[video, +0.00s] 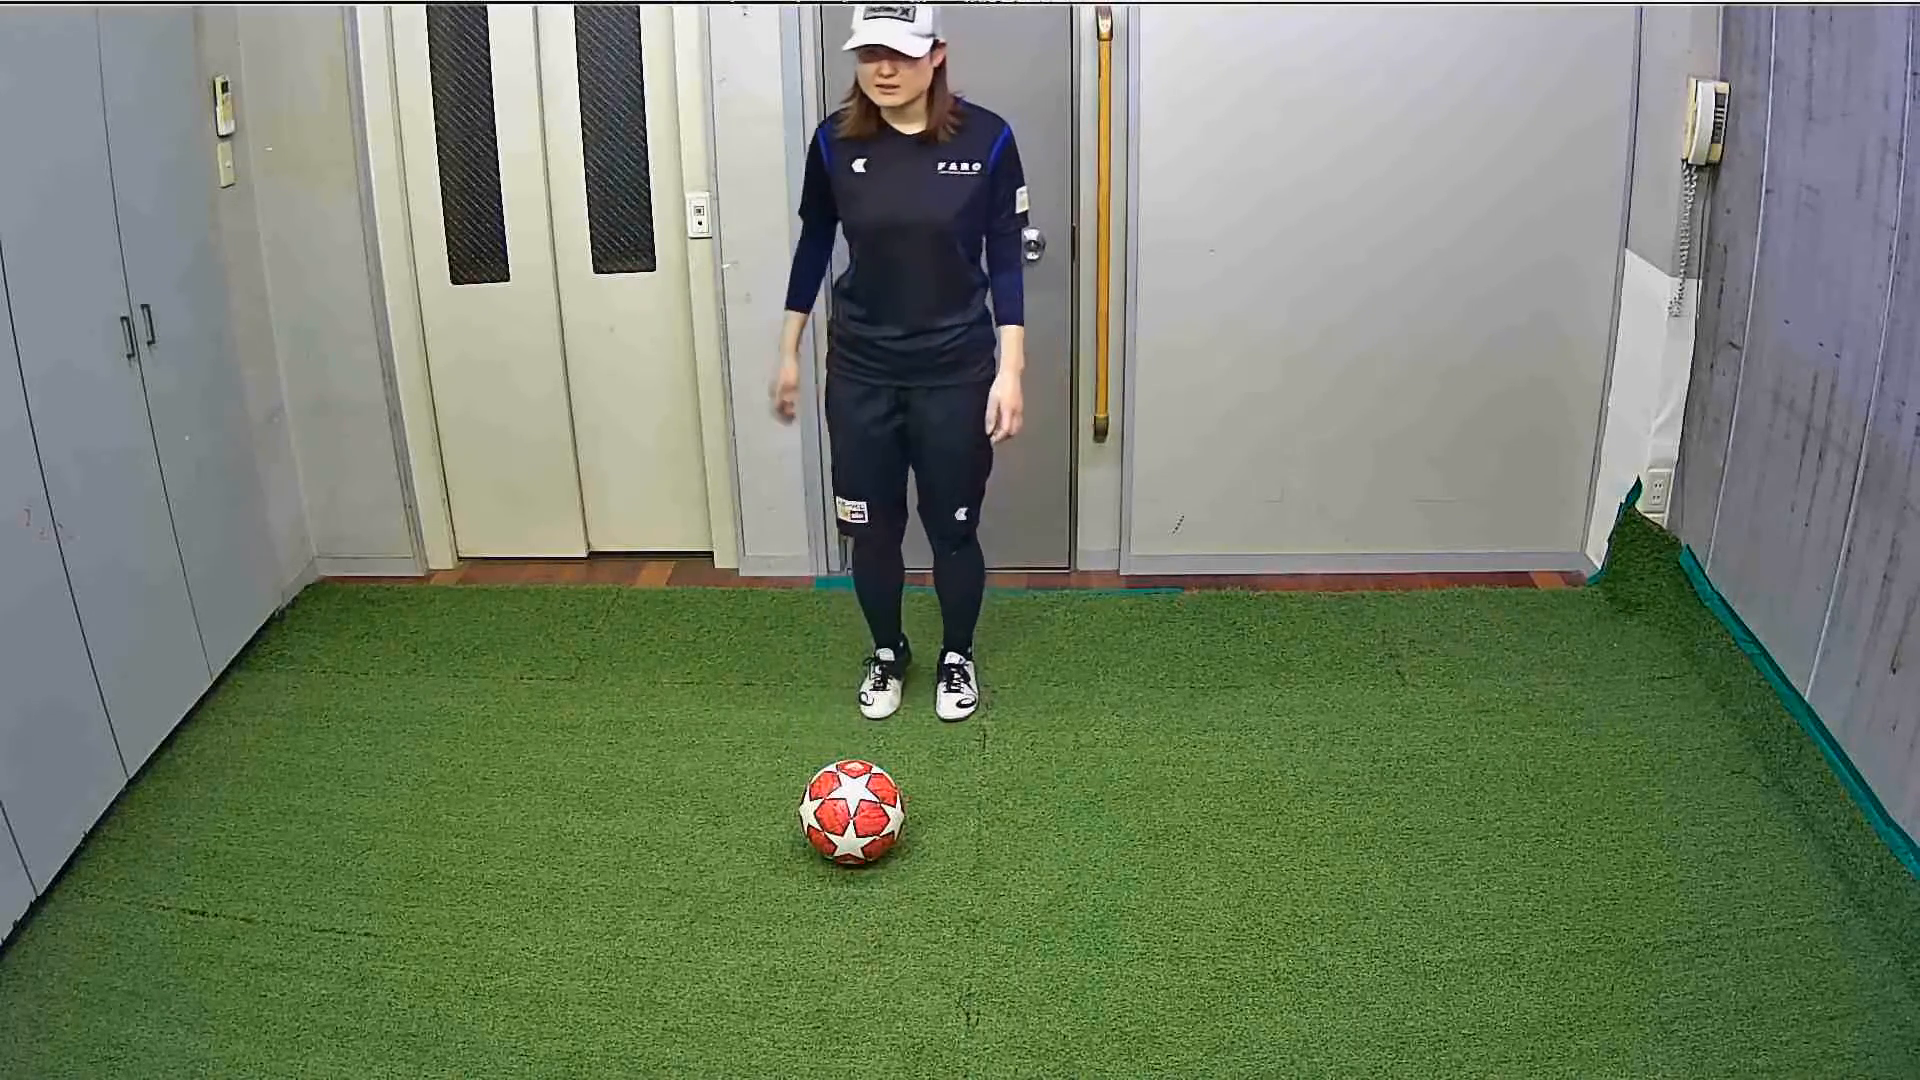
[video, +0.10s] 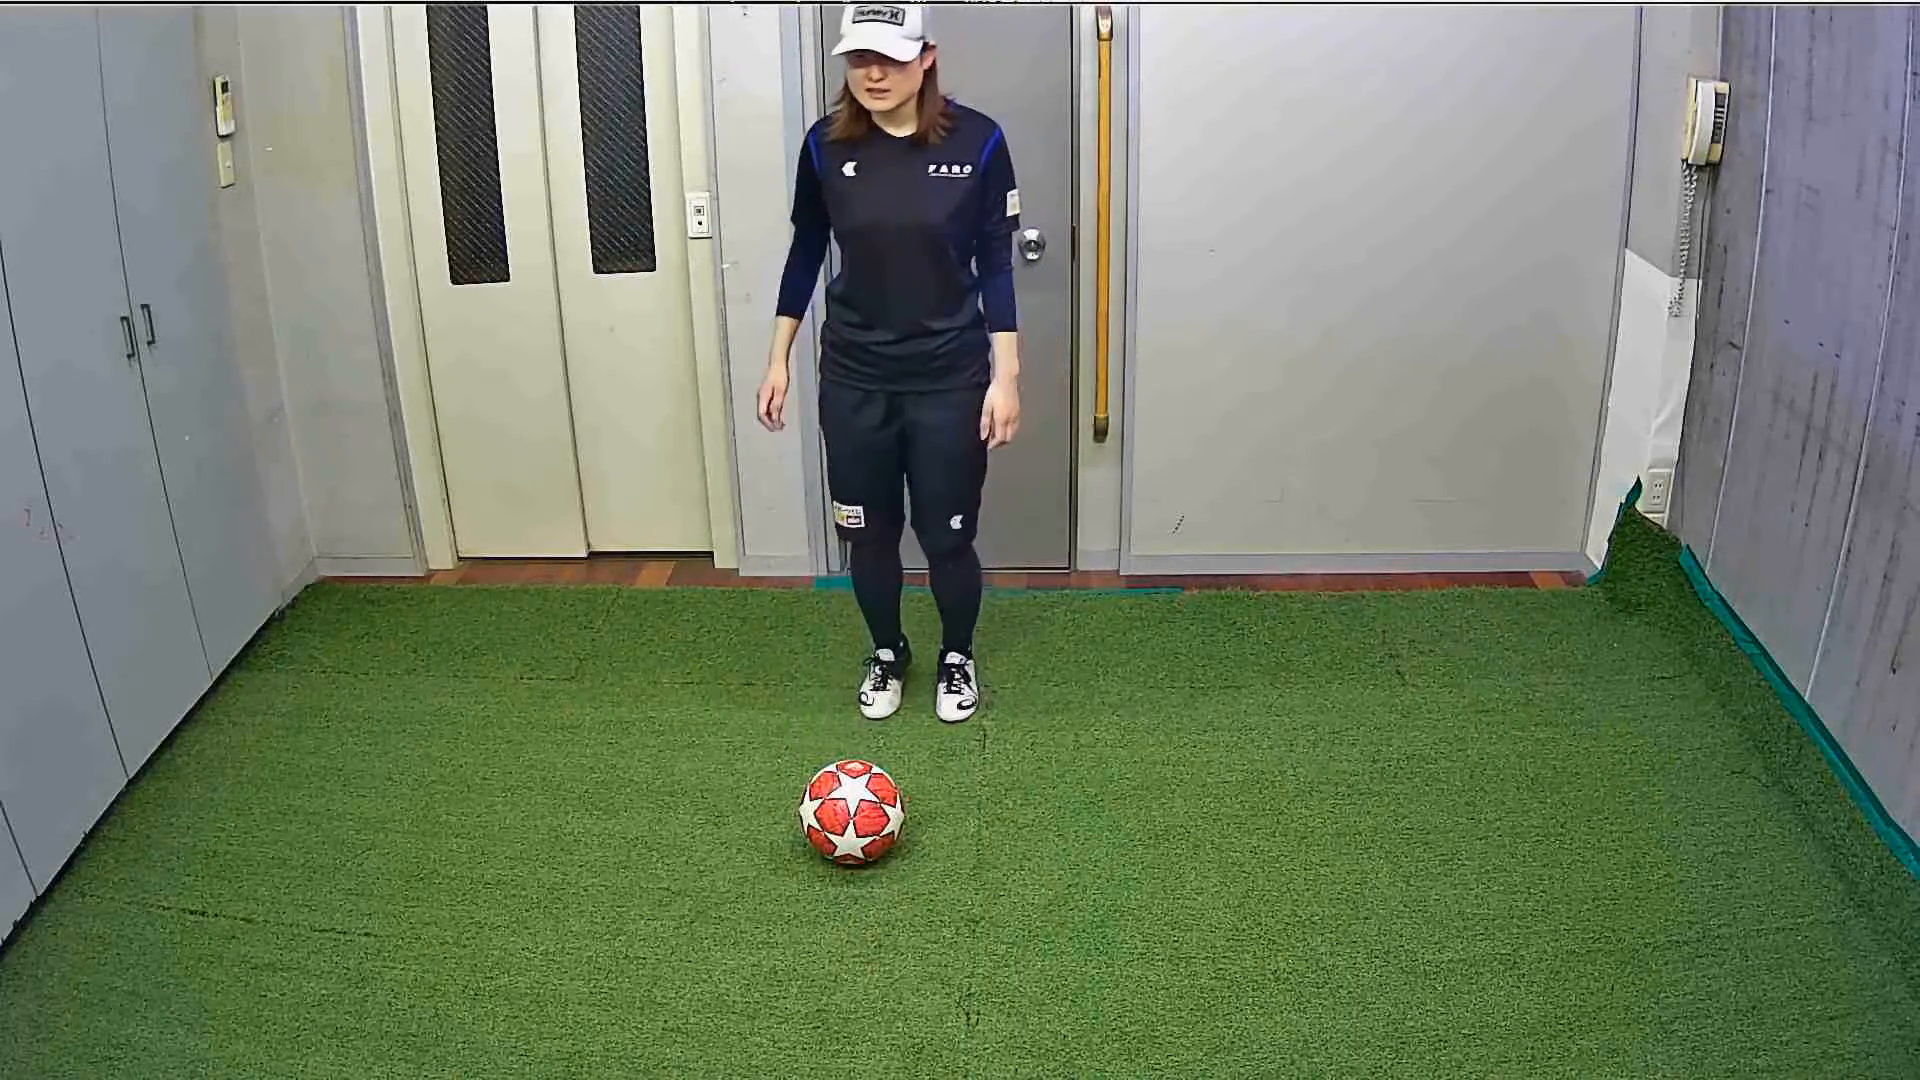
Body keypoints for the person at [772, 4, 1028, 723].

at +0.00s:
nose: (883, 70)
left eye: (900, 56)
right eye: (870, 55)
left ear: (936, 57)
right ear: (856, 61)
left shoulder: (987, 138)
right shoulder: (835, 140)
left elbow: (1006, 257)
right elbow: (814, 241)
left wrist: (1010, 370)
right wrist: (789, 348)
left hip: (954, 367)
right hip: (859, 367)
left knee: (953, 528)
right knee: (867, 526)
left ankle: (956, 659)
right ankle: (887, 655)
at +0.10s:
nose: (873, 75)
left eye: (890, 60)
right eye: (860, 59)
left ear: (926, 60)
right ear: (845, 63)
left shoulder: (978, 142)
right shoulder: (826, 144)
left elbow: (996, 262)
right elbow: (806, 250)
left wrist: (1006, 377)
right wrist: (779, 356)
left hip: (949, 372)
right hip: (853, 373)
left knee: (945, 534)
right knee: (866, 530)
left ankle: (957, 657)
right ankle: (887, 654)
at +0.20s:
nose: (861, 84)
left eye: (878, 69)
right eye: (847, 70)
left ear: (914, 68)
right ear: (830, 73)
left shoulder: (967, 146)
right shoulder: (814, 155)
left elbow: (991, 264)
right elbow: (793, 265)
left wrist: (1006, 375)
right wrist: (776, 377)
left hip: (946, 380)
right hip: (849, 382)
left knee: (942, 554)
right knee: (863, 547)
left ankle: (959, 656)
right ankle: (887, 654)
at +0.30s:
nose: (859, 92)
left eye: (876, 77)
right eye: (844, 77)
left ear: (911, 72)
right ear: (825, 77)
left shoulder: (965, 148)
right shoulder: (811, 160)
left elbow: (990, 263)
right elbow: (790, 274)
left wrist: (1009, 372)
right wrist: (776, 387)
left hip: (949, 383)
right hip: (849, 386)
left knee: (949, 565)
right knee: (864, 549)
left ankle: (964, 667)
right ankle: (887, 658)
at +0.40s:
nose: (854, 98)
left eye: (871, 83)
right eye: (839, 84)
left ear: (908, 73)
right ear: (820, 80)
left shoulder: (966, 146)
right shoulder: (812, 161)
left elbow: (995, 254)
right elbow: (790, 275)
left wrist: (1016, 367)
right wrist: (775, 389)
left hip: (953, 382)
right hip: (853, 388)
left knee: (962, 570)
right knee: (868, 549)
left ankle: (982, 715)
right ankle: (887, 655)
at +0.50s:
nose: (857, 106)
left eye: (874, 90)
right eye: (842, 91)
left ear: (912, 80)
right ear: (823, 86)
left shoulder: (972, 150)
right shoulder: (815, 168)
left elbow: (1003, 260)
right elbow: (789, 278)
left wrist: (1028, 369)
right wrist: (765, 393)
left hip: (962, 392)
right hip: (861, 397)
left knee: (971, 577)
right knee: (873, 553)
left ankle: (1003, 750)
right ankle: (888, 654)